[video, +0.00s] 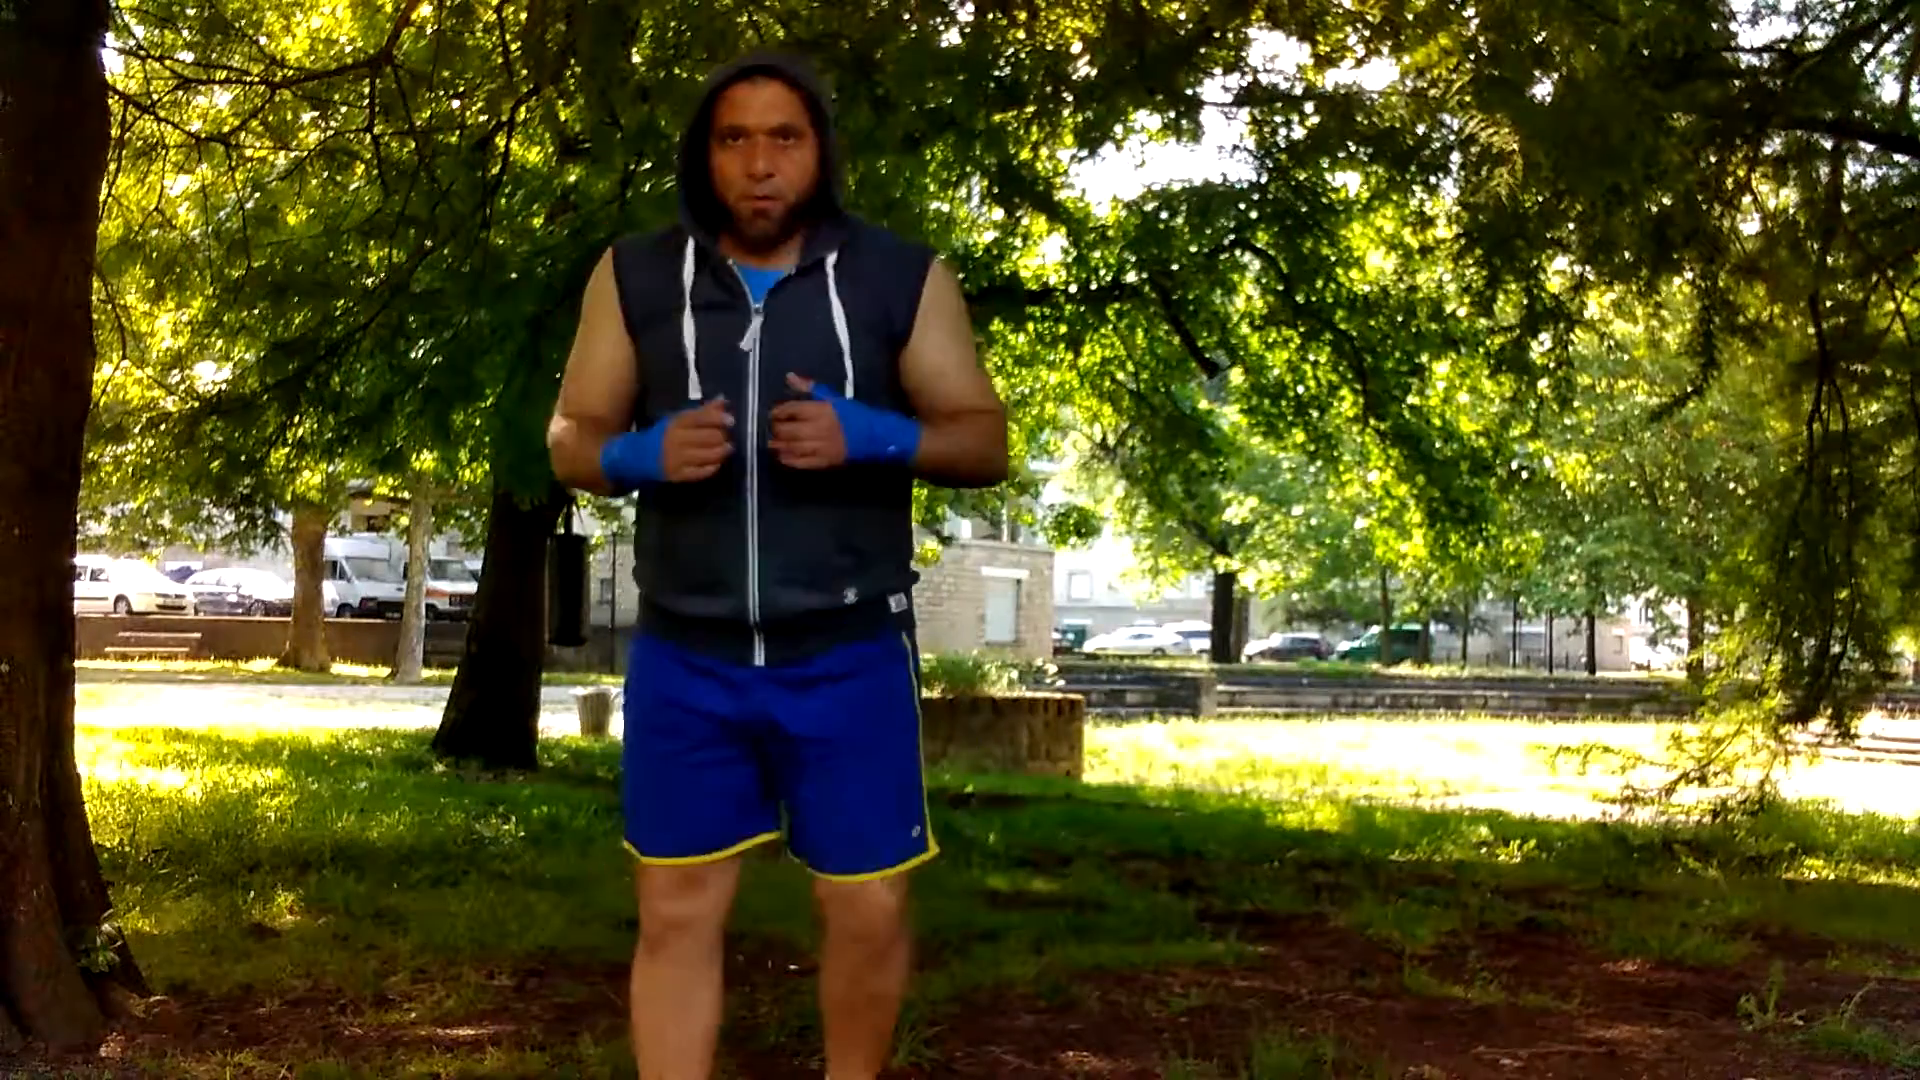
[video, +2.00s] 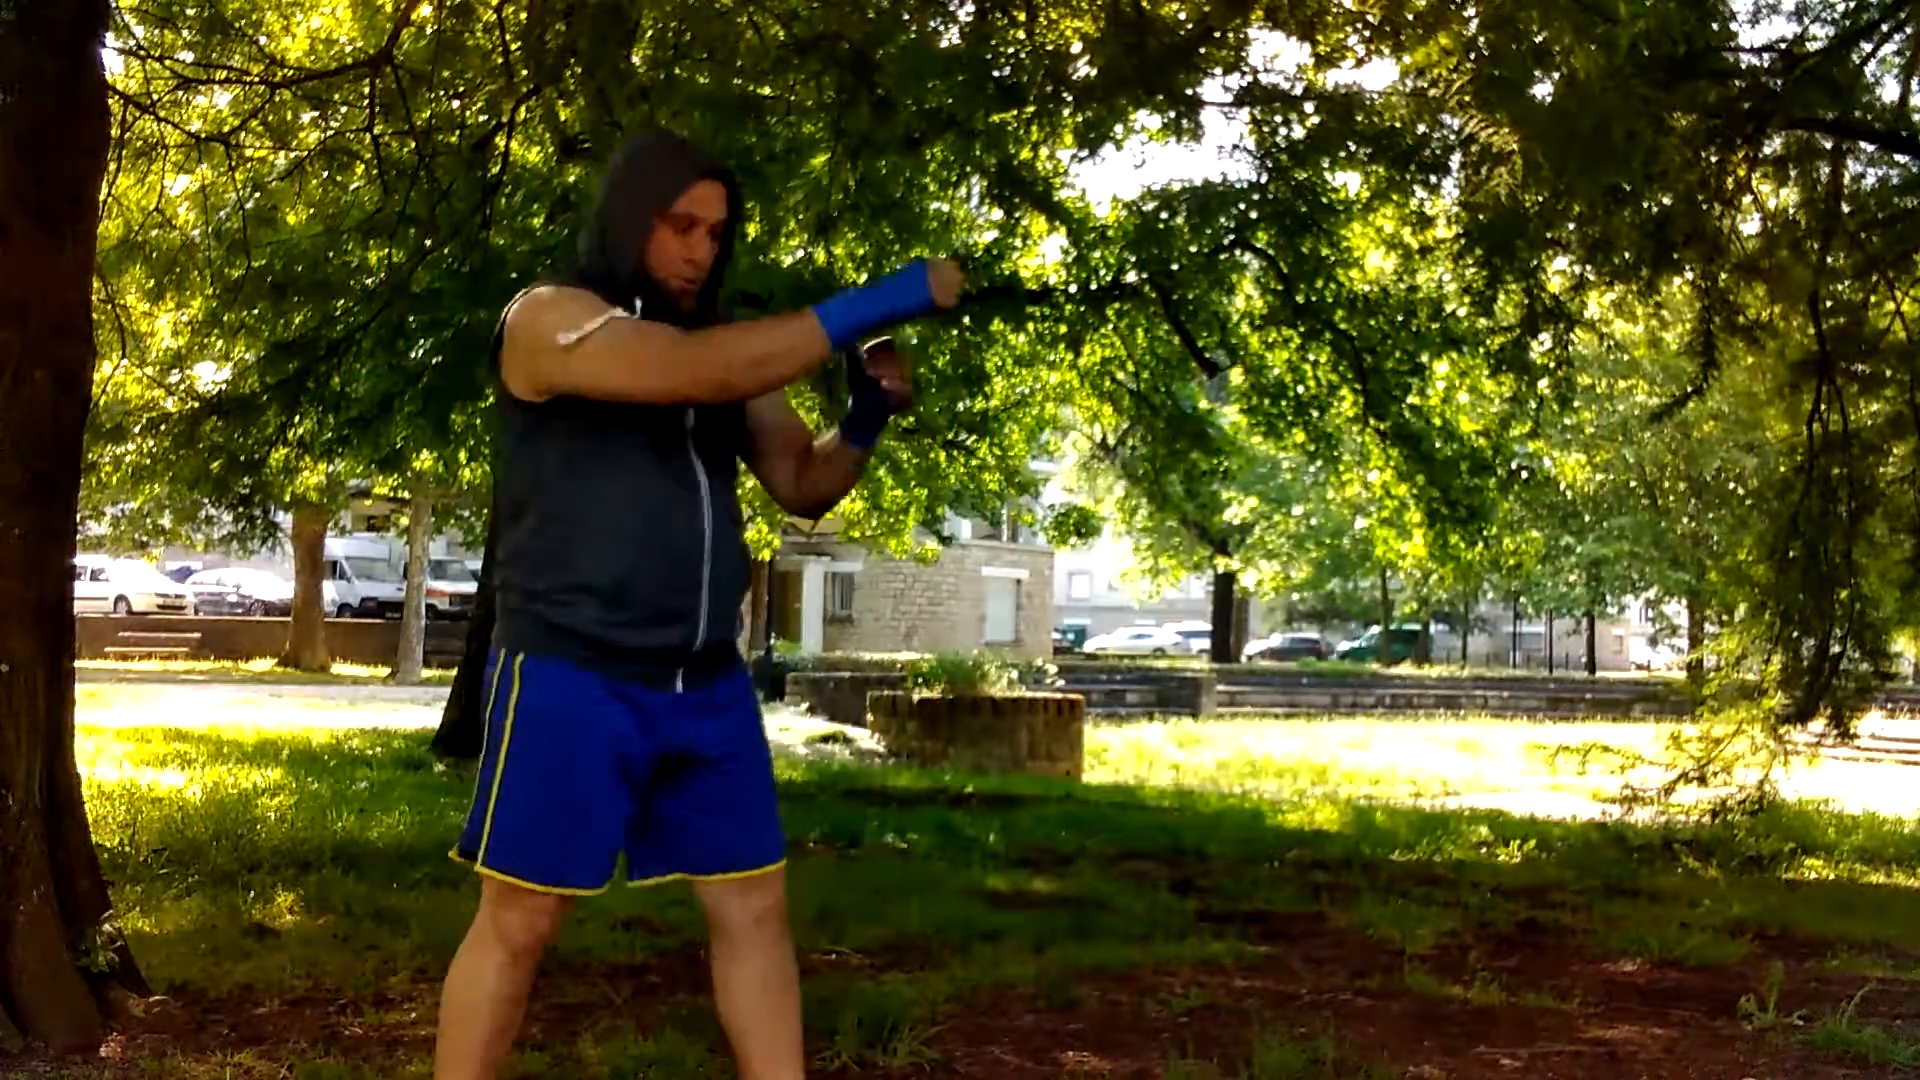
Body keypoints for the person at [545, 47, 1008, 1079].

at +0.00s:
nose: (760, 160)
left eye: (784, 137)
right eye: (736, 139)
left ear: (822, 152)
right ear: (704, 156)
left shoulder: (901, 279)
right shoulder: (634, 277)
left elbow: (987, 445)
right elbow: (569, 441)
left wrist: (868, 434)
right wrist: (645, 452)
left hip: (851, 659)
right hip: (684, 658)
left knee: (869, 915)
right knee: (674, 911)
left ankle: (851, 1075)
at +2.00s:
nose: (701, 249)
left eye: (715, 232)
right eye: (682, 225)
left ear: (724, 240)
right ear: (626, 218)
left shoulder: (720, 353)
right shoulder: (544, 320)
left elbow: (803, 484)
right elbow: (700, 365)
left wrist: (869, 409)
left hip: (707, 679)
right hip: (566, 671)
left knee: (752, 907)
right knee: (519, 921)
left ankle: (779, 1078)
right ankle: (460, 1075)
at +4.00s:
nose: (813, 236)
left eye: (832, 217)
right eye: (793, 205)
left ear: (844, 230)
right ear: (731, 196)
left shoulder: (847, 333)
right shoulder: (620, 316)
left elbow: (927, 527)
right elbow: (633, 510)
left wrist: (953, 391)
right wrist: (804, 436)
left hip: (815, 705)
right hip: (644, 707)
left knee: (925, 935)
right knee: (563, 986)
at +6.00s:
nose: (774, 241)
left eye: (791, 221)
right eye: (750, 213)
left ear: (805, 223)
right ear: (686, 209)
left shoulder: (794, 328)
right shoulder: (586, 271)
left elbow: (862, 511)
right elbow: (785, 287)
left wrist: (856, 318)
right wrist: (998, 200)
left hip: (766, 708)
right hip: (594, 705)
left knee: (864, 957)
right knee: (540, 996)